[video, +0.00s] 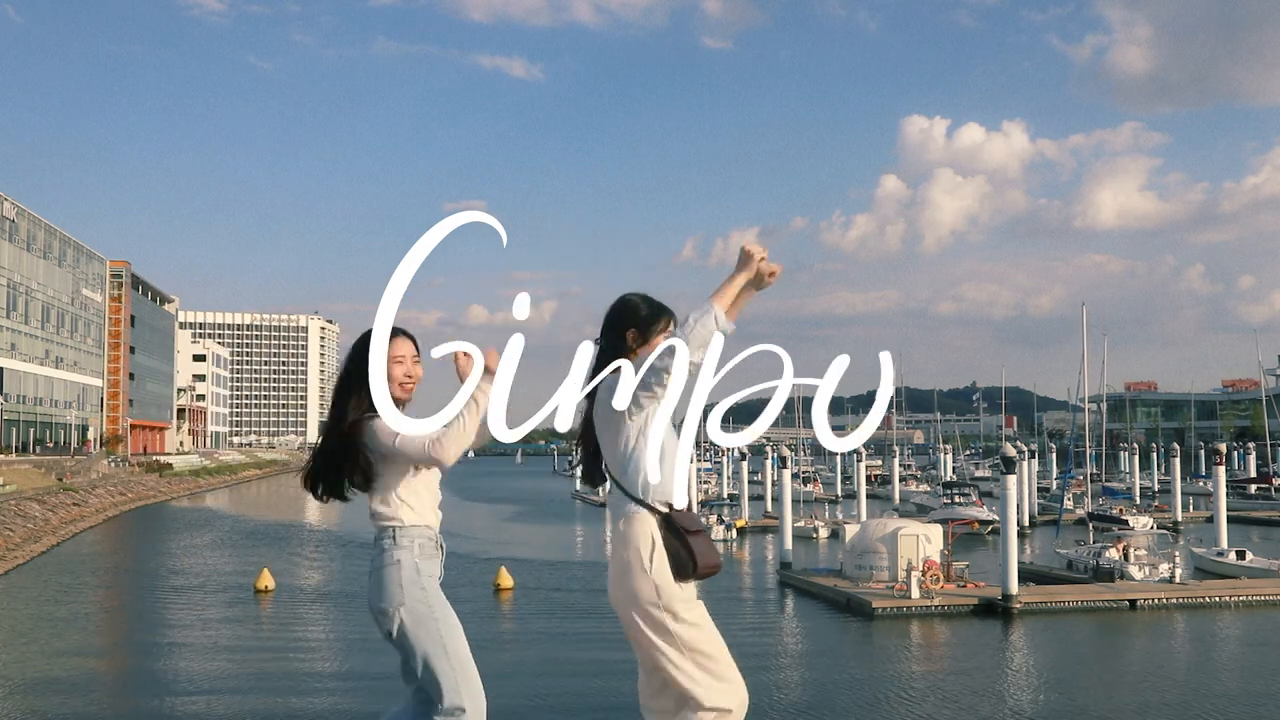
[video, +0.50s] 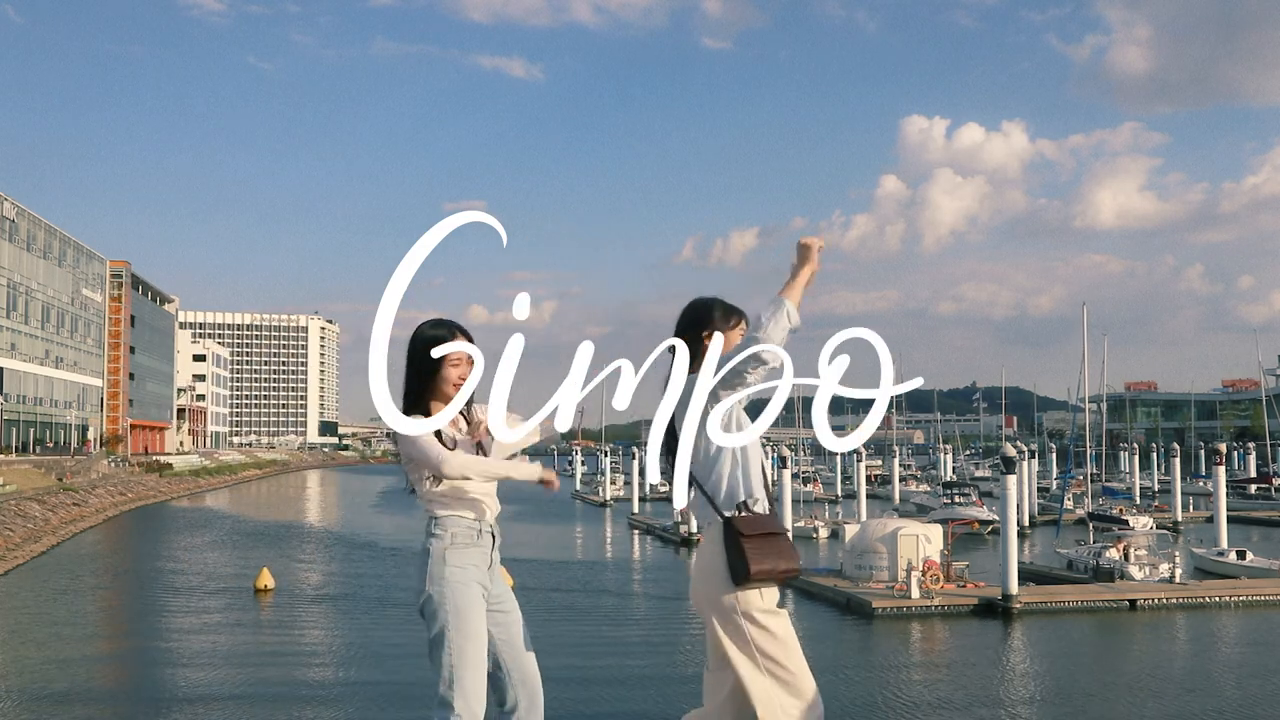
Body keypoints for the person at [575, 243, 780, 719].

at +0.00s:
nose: (673, 347)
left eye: (673, 336)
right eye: (665, 336)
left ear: (636, 341)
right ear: (633, 340)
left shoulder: (640, 392)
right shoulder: (621, 390)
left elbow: (699, 342)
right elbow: (684, 344)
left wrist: (750, 287)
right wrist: (740, 274)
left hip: (655, 549)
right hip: (643, 551)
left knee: (663, 697)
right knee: (723, 695)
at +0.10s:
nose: (684, 323)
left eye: (686, 314)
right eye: (678, 315)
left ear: (652, 315)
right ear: (649, 317)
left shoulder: (665, 366)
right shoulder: (634, 368)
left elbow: (710, 333)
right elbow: (681, 329)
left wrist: (751, 279)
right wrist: (719, 271)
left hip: (677, 532)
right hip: (656, 537)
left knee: (664, 682)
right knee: (737, 682)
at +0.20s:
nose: (699, 311)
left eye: (697, 301)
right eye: (691, 303)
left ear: (667, 313)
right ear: (667, 311)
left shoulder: (681, 357)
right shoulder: (661, 355)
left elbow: (722, 343)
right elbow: (712, 325)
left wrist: (728, 282)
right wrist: (702, 274)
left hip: (695, 524)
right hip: (677, 530)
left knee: (667, 686)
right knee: (743, 688)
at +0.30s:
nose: (721, 331)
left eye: (719, 320)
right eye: (713, 320)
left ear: (682, 327)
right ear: (684, 326)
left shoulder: (690, 376)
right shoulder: (680, 373)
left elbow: (744, 341)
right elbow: (744, 343)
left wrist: (711, 267)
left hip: (691, 546)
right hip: (700, 547)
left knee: (688, 687)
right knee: (760, 693)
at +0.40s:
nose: (736, 344)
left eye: (735, 335)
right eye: (729, 335)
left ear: (688, 342)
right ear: (699, 340)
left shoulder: (682, 397)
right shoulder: (701, 392)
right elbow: (761, 354)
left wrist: (748, 291)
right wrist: (765, 260)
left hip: (700, 561)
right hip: (723, 562)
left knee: (712, 704)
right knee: (783, 699)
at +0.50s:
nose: (747, 343)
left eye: (746, 333)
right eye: (739, 332)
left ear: (701, 340)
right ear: (709, 338)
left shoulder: (689, 397)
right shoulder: (710, 391)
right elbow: (766, 345)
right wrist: (804, 269)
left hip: (716, 557)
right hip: (735, 558)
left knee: (726, 700)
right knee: (795, 697)